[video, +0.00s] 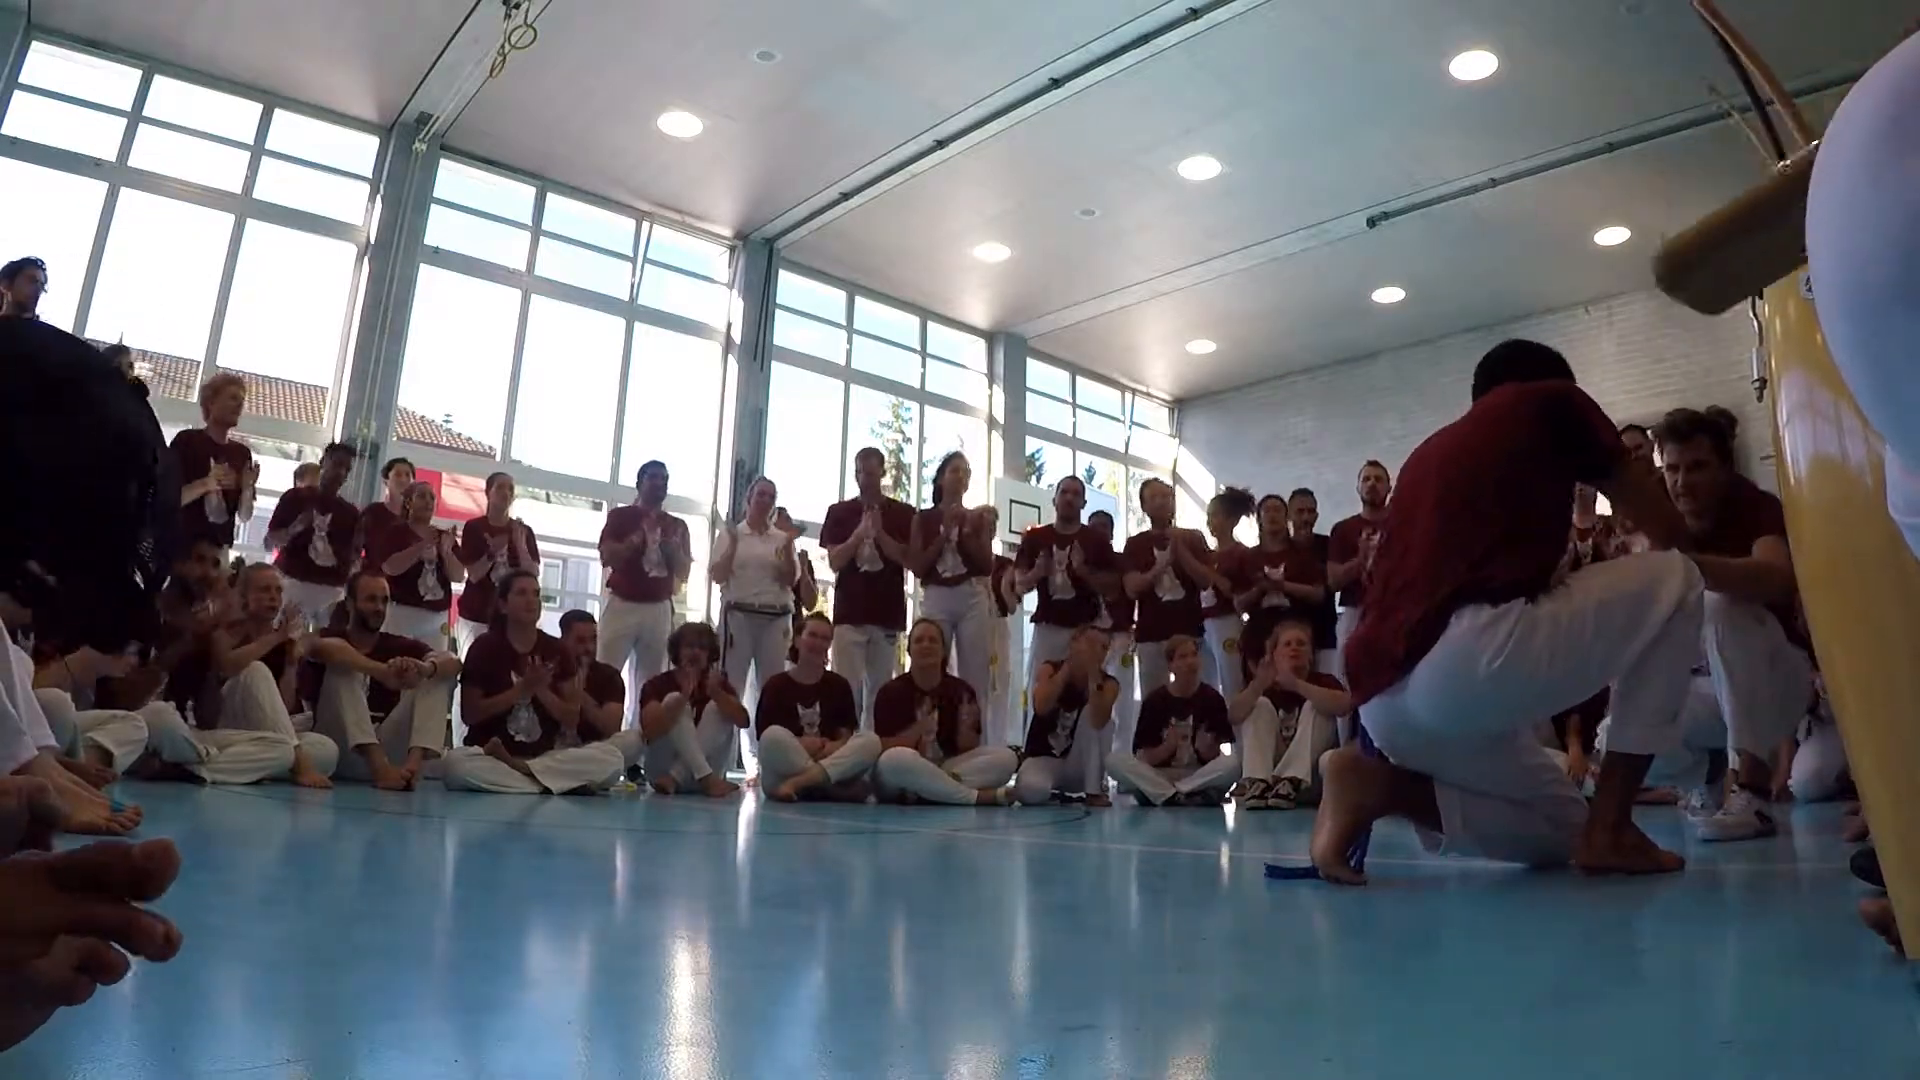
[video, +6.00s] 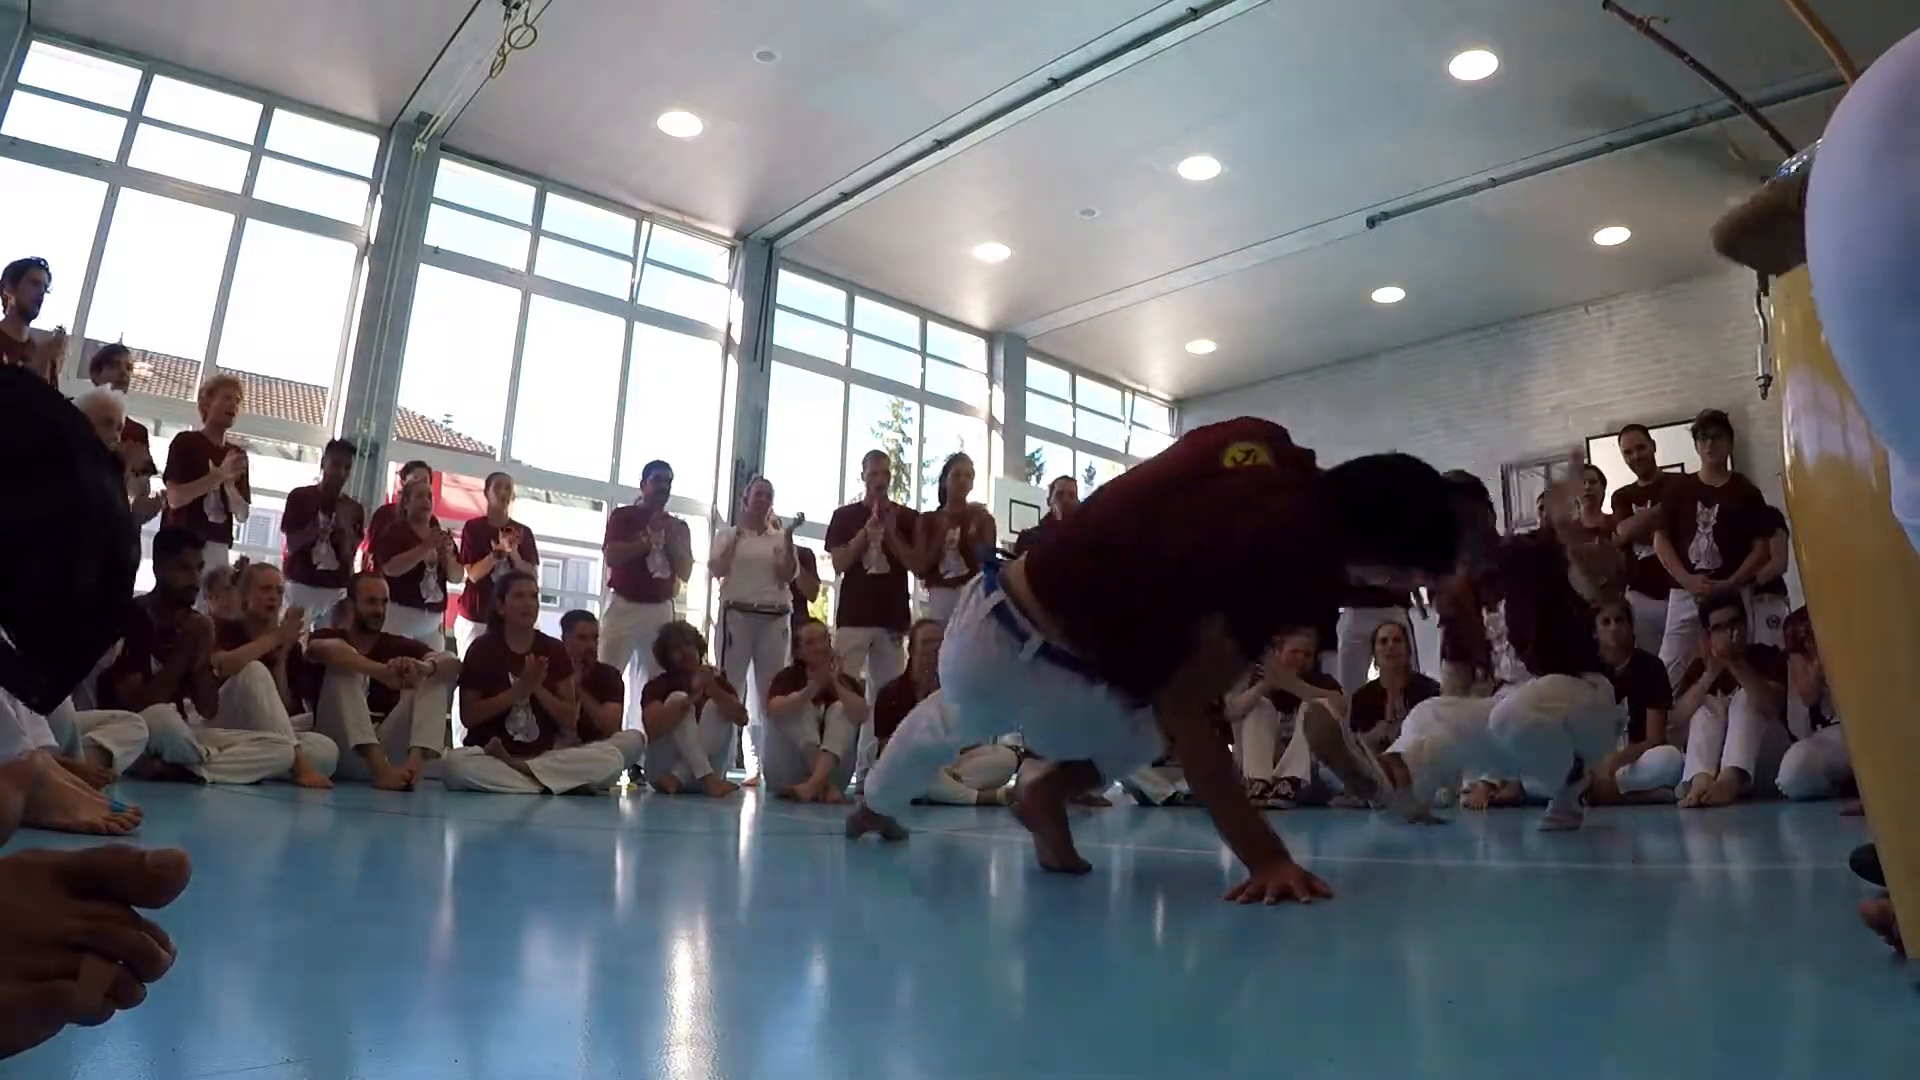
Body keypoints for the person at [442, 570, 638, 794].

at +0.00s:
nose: (531, 601)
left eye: (536, 594)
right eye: (521, 594)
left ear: (542, 602)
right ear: (503, 604)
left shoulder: (558, 648)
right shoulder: (483, 647)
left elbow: (572, 717)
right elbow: (470, 714)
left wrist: (539, 689)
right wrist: (522, 690)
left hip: (545, 756)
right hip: (489, 755)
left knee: (612, 758)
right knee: (455, 766)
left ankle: (523, 766)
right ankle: (549, 786)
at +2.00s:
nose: (531, 602)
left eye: (535, 595)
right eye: (521, 595)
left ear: (541, 602)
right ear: (501, 604)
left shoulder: (556, 649)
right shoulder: (482, 648)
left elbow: (571, 717)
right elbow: (470, 715)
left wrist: (538, 690)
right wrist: (520, 691)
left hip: (546, 755)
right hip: (489, 754)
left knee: (612, 759)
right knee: (454, 765)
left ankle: (524, 766)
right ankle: (549, 786)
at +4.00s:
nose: (529, 603)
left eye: (534, 597)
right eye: (519, 597)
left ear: (540, 603)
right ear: (500, 605)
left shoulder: (556, 649)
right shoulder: (481, 648)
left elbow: (570, 718)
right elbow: (469, 717)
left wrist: (536, 691)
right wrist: (521, 690)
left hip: (546, 756)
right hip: (489, 755)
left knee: (612, 759)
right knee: (455, 766)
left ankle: (522, 766)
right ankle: (548, 786)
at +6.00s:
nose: (528, 603)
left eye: (533, 597)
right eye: (519, 597)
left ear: (539, 603)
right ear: (500, 605)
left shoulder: (554, 649)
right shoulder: (481, 648)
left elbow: (569, 717)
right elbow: (469, 716)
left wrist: (535, 688)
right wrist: (519, 690)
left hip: (546, 756)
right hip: (488, 756)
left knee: (613, 758)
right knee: (454, 765)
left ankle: (522, 766)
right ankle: (550, 786)